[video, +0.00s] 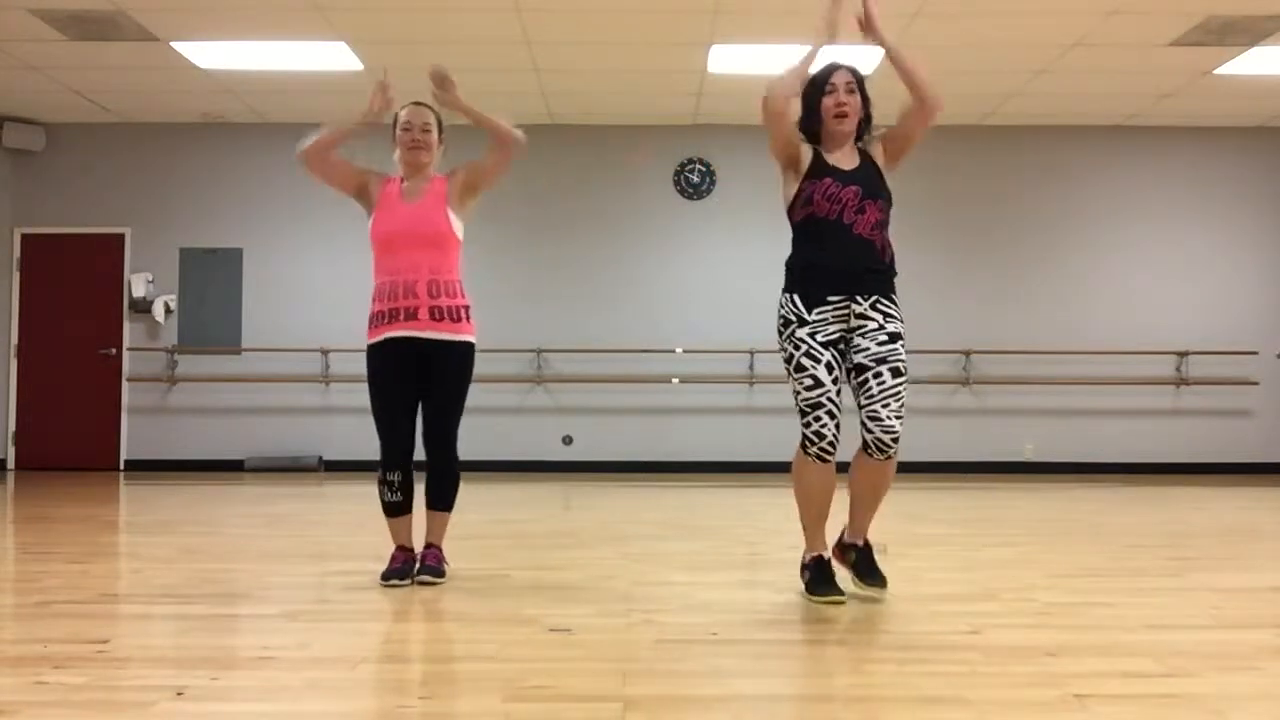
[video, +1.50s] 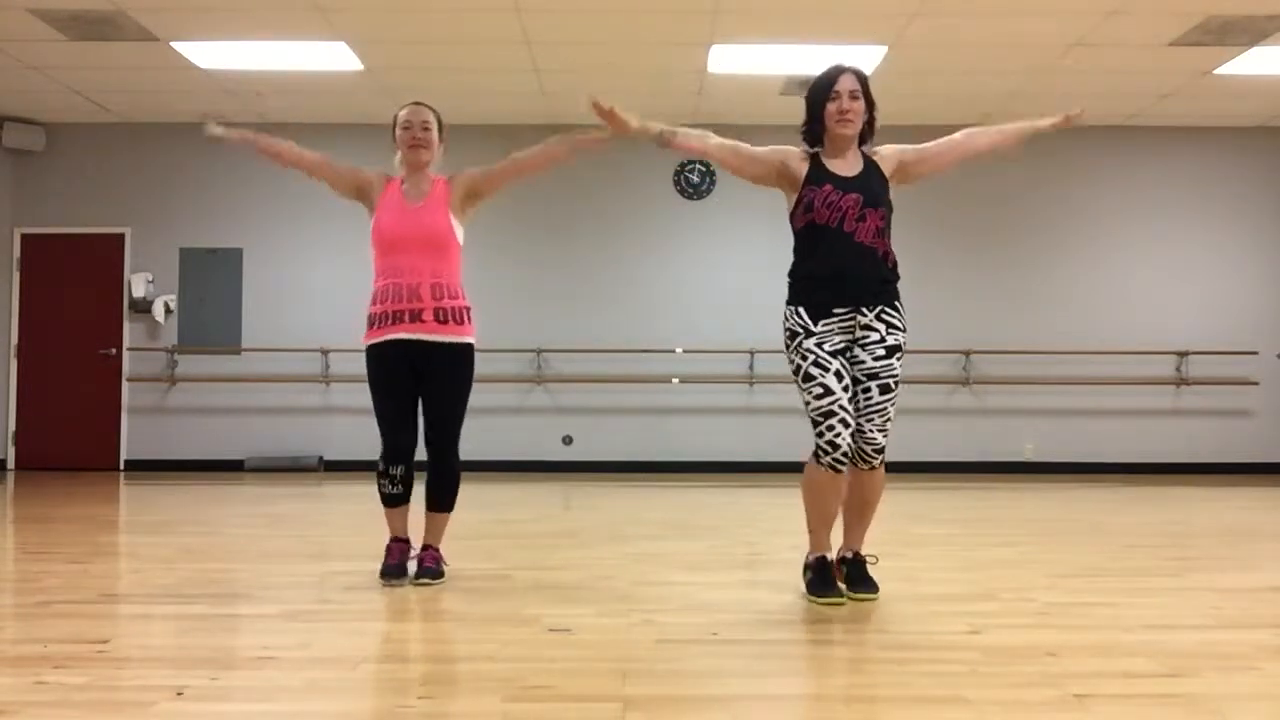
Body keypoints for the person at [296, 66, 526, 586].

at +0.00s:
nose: (416, 133)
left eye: (426, 128)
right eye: (407, 126)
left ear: (440, 141)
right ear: (395, 139)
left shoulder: (458, 187)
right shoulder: (375, 188)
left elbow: (512, 142)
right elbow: (311, 155)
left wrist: (462, 107)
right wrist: (366, 118)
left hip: (449, 337)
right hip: (390, 336)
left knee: (440, 444)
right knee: (395, 447)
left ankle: (433, 549)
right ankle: (402, 550)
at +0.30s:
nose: (416, 141)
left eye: (426, 135)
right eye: (407, 134)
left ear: (440, 145)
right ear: (394, 145)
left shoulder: (456, 190)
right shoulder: (381, 188)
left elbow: (448, 112)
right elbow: (366, 117)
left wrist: (425, 41)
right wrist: (383, 45)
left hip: (443, 335)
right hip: (385, 333)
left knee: (427, 445)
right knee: (392, 445)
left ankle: (431, 549)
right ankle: (400, 549)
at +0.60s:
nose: (419, 135)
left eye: (429, 129)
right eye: (410, 128)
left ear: (443, 140)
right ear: (397, 141)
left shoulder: (457, 184)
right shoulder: (385, 185)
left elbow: (448, 107)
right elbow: (382, 110)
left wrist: (435, 38)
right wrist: (389, 37)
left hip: (450, 333)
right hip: (392, 332)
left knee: (442, 447)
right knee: (393, 445)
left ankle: (433, 549)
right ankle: (399, 542)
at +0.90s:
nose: (416, 129)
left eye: (425, 124)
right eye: (407, 123)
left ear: (440, 137)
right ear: (394, 137)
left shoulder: (455, 183)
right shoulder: (380, 181)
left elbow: (479, 105)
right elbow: (350, 112)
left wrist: (502, 32)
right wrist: (326, 45)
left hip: (445, 330)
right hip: (387, 331)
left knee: (436, 443)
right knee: (393, 446)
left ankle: (432, 548)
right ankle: (401, 550)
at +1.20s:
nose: (414, 134)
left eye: (423, 128)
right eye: (405, 128)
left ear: (439, 141)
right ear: (393, 140)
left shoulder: (459, 189)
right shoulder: (379, 188)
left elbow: (509, 133)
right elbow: (327, 134)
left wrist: (562, 87)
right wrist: (278, 88)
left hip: (443, 340)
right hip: (384, 337)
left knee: (427, 446)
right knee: (392, 445)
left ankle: (428, 550)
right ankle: (401, 550)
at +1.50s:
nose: (418, 132)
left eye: (427, 126)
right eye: (409, 126)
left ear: (440, 141)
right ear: (394, 141)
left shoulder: (459, 191)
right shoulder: (375, 187)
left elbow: (527, 161)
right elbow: (309, 162)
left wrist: (604, 137)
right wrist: (247, 137)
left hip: (449, 337)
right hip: (389, 336)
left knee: (443, 445)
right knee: (397, 445)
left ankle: (431, 549)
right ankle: (398, 543)